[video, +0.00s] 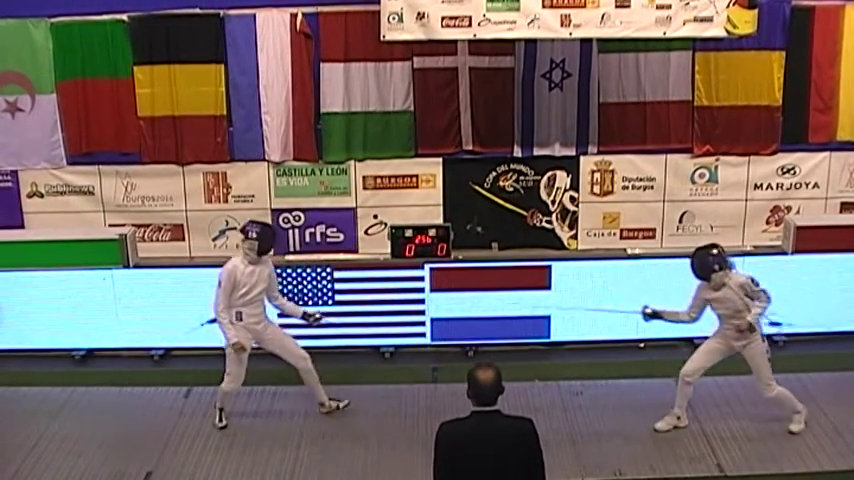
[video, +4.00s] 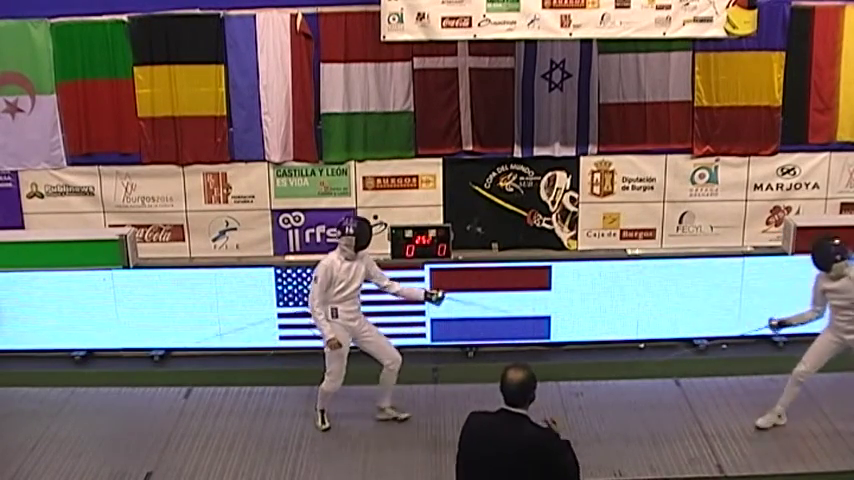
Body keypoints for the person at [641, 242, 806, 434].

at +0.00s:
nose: (713, 280)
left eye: (713, 275)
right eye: (710, 276)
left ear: (720, 269)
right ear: (707, 274)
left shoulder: (740, 281)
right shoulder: (704, 289)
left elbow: (763, 299)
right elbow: (691, 316)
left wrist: (751, 320)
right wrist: (659, 315)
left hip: (751, 339)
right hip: (723, 338)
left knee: (769, 390)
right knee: (687, 374)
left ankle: (799, 411)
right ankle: (678, 415)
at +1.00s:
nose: (692, 265)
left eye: (694, 260)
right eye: (689, 262)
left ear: (703, 254)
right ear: (687, 259)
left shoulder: (721, 269)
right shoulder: (685, 274)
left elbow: (748, 289)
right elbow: (669, 300)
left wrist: (728, 305)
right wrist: (637, 297)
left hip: (728, 330)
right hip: (702, 329)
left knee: (748, 379)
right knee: (674, 372)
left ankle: (780, 406)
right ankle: (665, 416)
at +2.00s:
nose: (760, 260)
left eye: (762, 256)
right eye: (757, 257)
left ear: (770, 248)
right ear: (754, 254)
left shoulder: (793, 259)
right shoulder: (755, 270)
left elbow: (819, 271)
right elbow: (752, 302)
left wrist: (808, 290)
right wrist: (720, 315)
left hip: (798, 325)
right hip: (768, 326)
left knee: (811, 378)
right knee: (741, 373)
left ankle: (822, 417)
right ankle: (735, 415)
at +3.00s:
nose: (789, 267)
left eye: (790, 262)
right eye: (785, 264)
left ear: (798, 256)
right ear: (782, 262)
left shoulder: (818, 273)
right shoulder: (781, 276)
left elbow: (842, 293)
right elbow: (764, 305)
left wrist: (825, 310)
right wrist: (732, 307)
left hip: (817, 334)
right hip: (790, 332)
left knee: (829, 380)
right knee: (758, 374)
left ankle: (842, 416)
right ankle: (742, 417)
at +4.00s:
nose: (842, 267)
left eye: (843, 262)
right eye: (836, 265)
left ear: (844, 258)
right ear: (826, 267)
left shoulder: (850, 274)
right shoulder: (823, 280)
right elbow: (817, 311)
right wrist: (784, 322)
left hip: (850, 334)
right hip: (836, 333)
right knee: (801, 372)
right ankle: (778, 412)